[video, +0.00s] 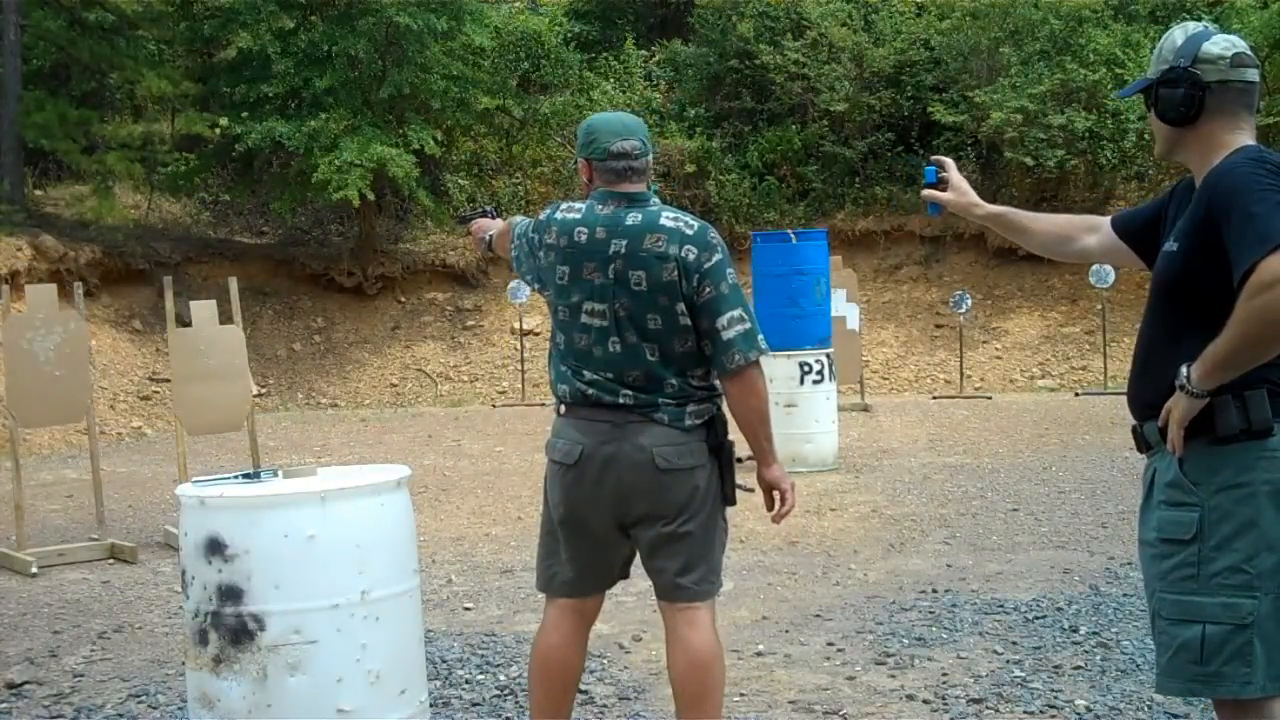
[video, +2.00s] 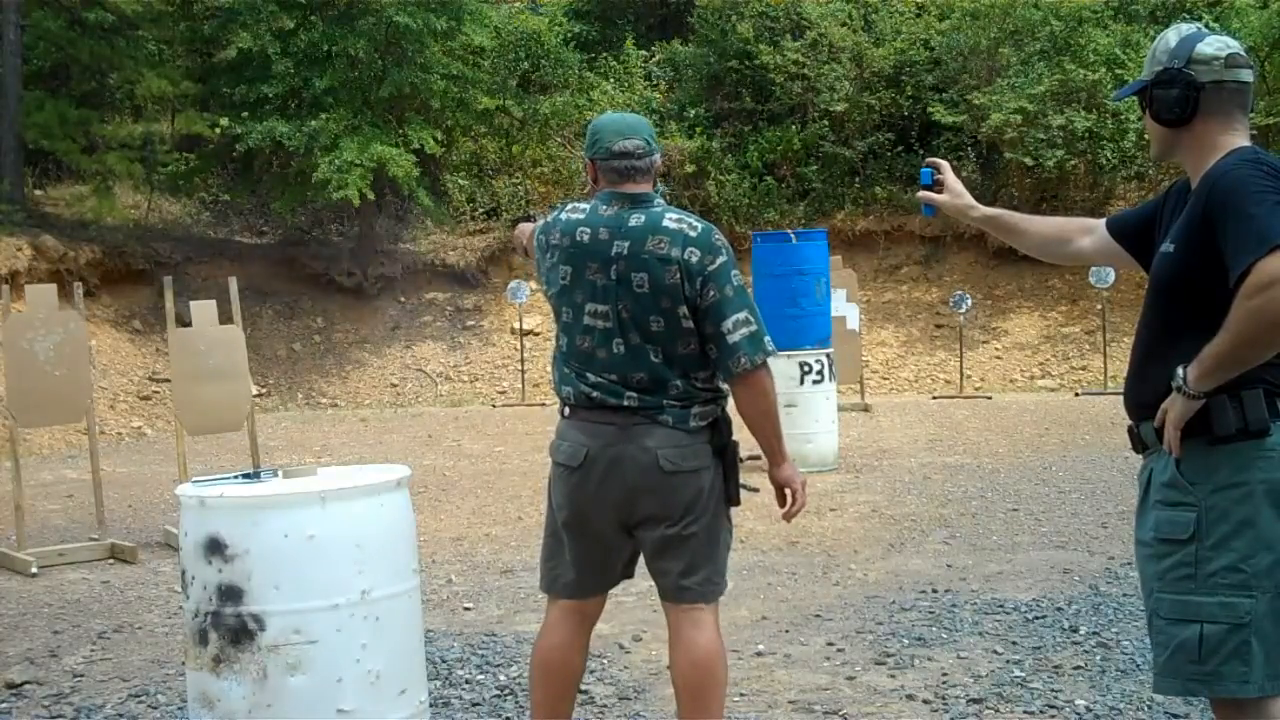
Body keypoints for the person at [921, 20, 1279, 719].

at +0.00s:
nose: (1150, 116)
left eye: (1154, 101)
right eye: (1151, 102)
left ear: (1179, 102)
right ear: (1232, 99)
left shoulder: (1246, 179)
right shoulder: (1196, 194)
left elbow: (1273, 284)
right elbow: (1091, 236)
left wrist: (1197, 382)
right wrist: (978, 209)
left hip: (1230, 462)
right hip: (1210, 456)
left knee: (1244, 693)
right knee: (1241, 687)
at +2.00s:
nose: (1145, 115)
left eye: (1150, 100)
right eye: (1146, 101)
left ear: (1177, 102)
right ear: (1223, 101)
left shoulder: (1242, 181)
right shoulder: (1191, 197)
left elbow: (1274, 283)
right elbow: (1084, 238)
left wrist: (1194, 381)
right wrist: (974, 213)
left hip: (1224, 462)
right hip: (1205, 457)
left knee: (1242, 692)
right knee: (1241, 685)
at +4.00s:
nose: (1137, 117)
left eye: (1142, 102)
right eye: (1138, 102)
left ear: (1169, 103)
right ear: (1218, 102)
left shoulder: (1234, 181)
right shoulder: (1186, 195)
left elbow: (1270, 288)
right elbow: (1082, 239)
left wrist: (1184, 388)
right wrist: (970, 213)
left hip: (1221, 462)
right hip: (1210, 456)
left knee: (1238, 693)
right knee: (1242, 686)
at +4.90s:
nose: (1136, 140)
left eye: (1138, 125)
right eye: (1138, 127)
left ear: (1148, 122)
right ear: (1226, 122)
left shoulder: (1178, 198)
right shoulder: (1261, 205)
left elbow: (1173, 297)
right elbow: (1137, 244)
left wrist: (1108, 384)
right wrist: (1033, 216)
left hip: (1188, 449)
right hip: (1265, 445)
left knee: (1184, 684)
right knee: (1219, 671)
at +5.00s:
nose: (1137, 143)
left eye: (1140, 128)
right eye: (1140, 129)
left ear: (1147, 127)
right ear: (1225, 127)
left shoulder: (1168, 202)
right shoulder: (1262, 208)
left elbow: (1154, 301)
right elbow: (1144, 245)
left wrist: (1076, 385)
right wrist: (1045, 218)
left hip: (1181, 452)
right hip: (1268, 449)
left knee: (1125, 675)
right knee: (1221, 664)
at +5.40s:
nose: (1111, 156)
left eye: (1112, 145)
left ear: (1113, 149)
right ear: (1185, 149)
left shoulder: (1108, 221)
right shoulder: (1230, 228)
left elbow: (1073, 326)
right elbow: (1157, 277)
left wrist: (1033, 446)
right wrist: (1067, 233)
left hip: (1125, 452)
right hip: (1230, 447)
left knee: (1061, 618)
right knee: (1218, 645)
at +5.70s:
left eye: (1051, 161)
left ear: (1047, 168)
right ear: (1117, 163)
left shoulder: (1032, 240)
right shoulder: (1159, 232)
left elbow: (986, 349)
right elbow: (1103, 282)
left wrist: (958, 455)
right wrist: (1026, 238)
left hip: (1060, 442)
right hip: (1162, 442)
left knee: (1051, 622)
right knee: (1160, 624)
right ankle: (1181, 713)